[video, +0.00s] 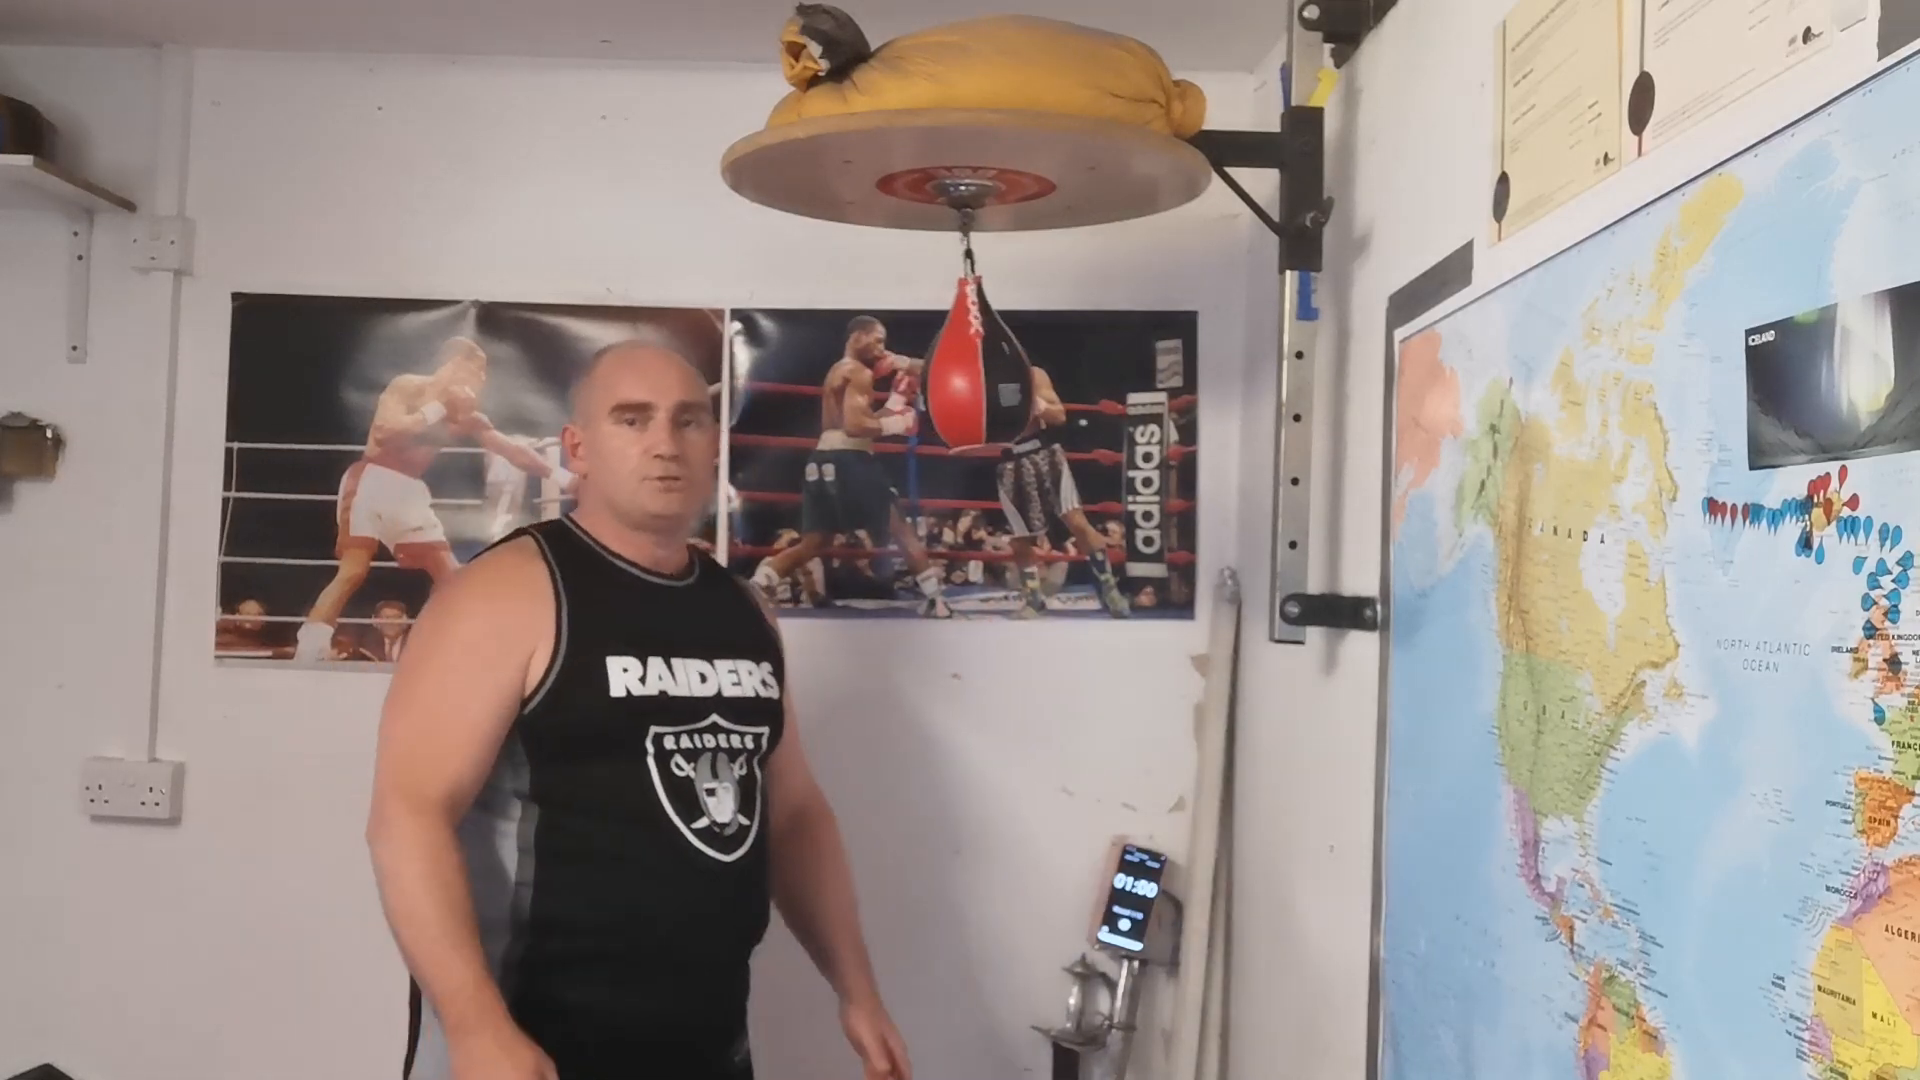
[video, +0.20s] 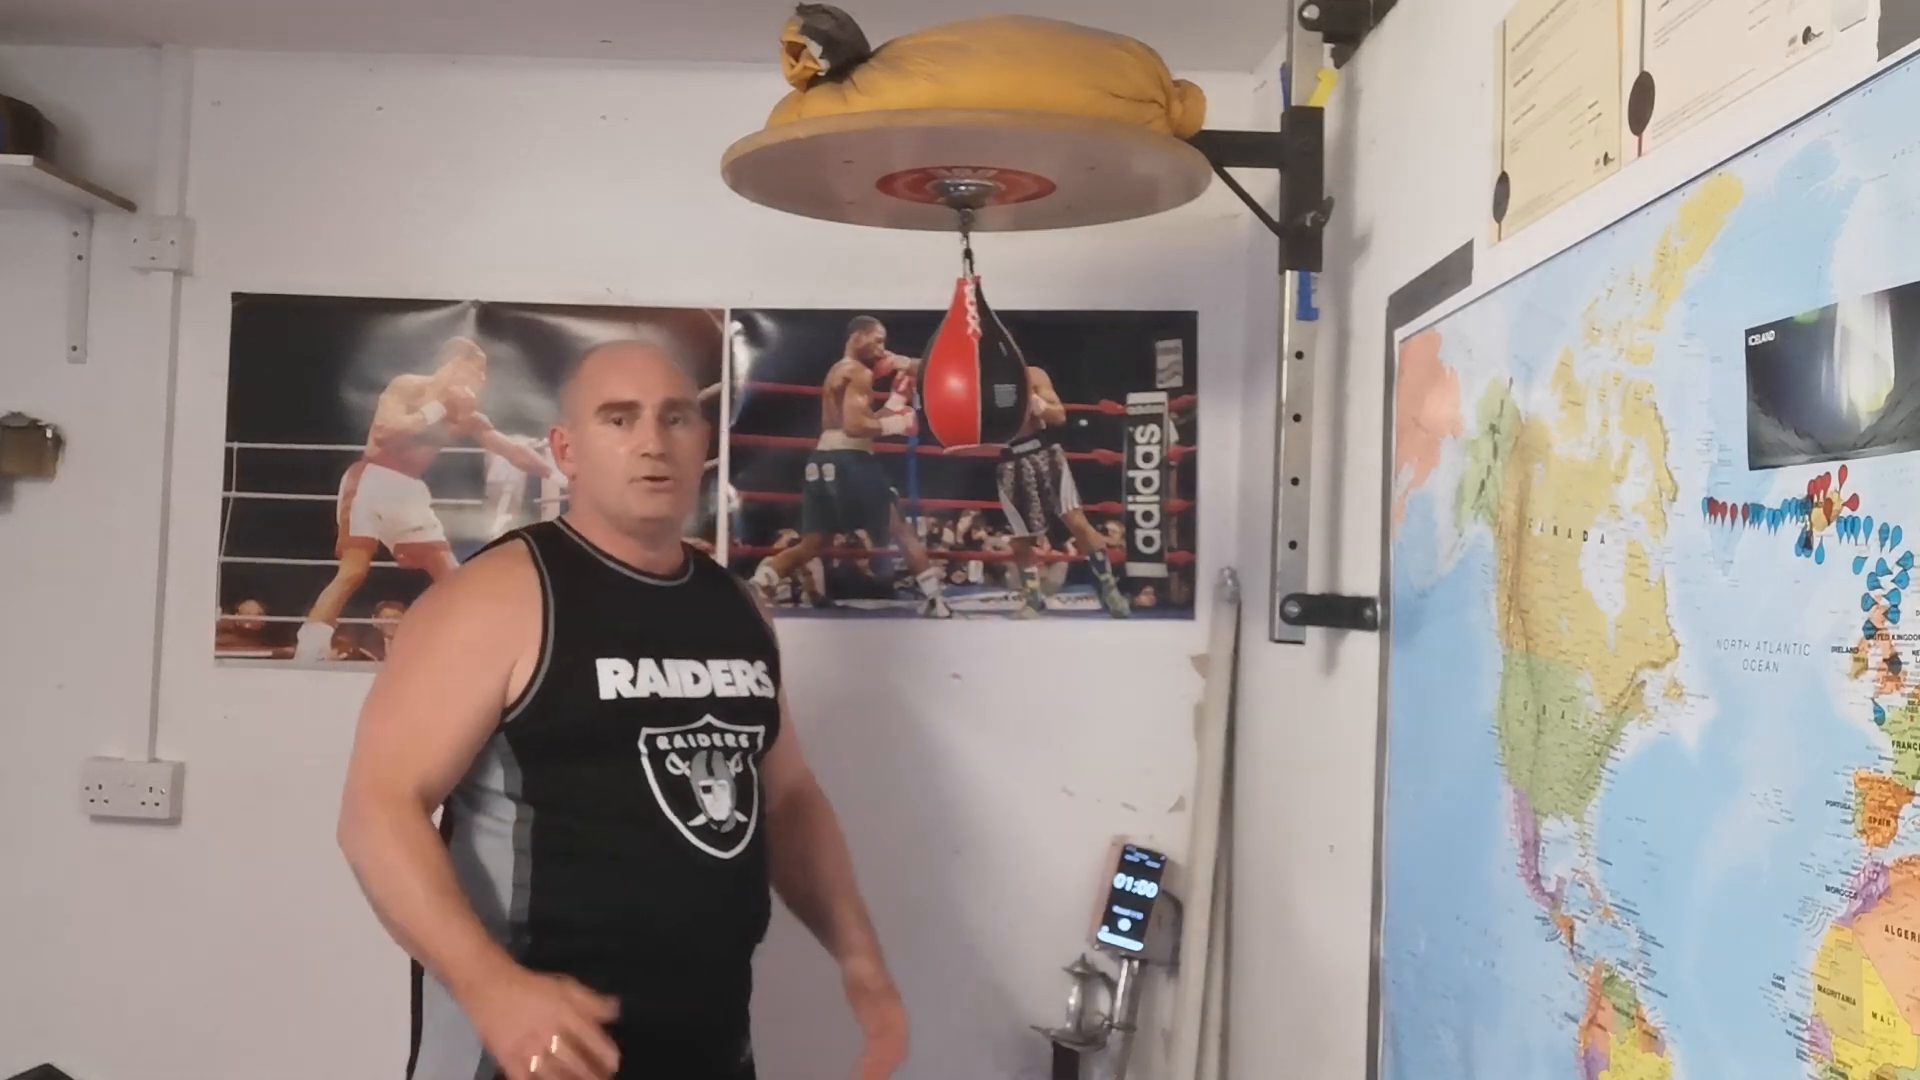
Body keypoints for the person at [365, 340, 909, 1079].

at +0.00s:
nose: (666, 444)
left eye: (689, 420)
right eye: (634, 418)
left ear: (716, 448)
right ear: (577, 449)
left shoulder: (739, 613)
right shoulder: (504, 595)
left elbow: (793, 816)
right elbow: (408, 816)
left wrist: (856, 988)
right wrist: (480, 1030)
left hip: (707, 1035)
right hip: (548, 1037)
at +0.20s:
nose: (653, 443)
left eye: (676, 418)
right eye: (619, 419)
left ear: (706, 443)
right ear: (565, 450)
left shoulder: (730, 607)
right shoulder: (495, 598)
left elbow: (787, 801)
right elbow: (378, 811)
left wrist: (857, 949)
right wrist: (495, 989)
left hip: (711, 1038)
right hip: (553, 1042)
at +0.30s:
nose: (650, 443)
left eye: (672, 418)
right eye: (615, 419)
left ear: (703, 446)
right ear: (561, 452)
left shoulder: (731, 605)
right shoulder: (488, 598)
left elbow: (787, 784)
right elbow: (363, 803)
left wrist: (865, 879)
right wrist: (505, 915)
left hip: (704, 1034)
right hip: (528, 1040)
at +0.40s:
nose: (646, 443)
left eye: (669, 419)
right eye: (613, 418)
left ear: (699, 448)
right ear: (559, 450)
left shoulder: (730, 603)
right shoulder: (486, 595)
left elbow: (785, 774)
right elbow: (352, 798)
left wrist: (859, 788)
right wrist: (515, 810)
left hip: (699, 1026)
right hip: (521, 1030)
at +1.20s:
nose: (653, 444)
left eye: (677, 421)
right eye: (621, 419)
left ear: (702, 448)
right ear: (564, 448)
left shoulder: (729, 606)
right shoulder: (488, 589)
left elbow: (801, 774)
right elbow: (361, 786)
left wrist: (835, 835)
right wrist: (512, 867)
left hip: (692, 1019)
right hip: (517, 1024)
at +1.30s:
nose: (655, 442)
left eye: (679, 420)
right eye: (622, 417)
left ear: (703, 451)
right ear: (566, 448)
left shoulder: (731, 608)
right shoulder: (493, 588)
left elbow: (799, 795)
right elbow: (369, 793)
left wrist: (835, 938)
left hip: (699, 1026)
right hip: (531, 1029)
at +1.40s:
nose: (659, 444)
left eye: (681, 420)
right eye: (627, 418)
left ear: (709, 450)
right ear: (570, 448)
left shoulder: (736, 612)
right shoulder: (493, 592)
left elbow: (788, 812)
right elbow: (380, 804)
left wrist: (807, 1001)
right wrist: (417, 1042)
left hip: (699, 1037)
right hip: (528, 1037)